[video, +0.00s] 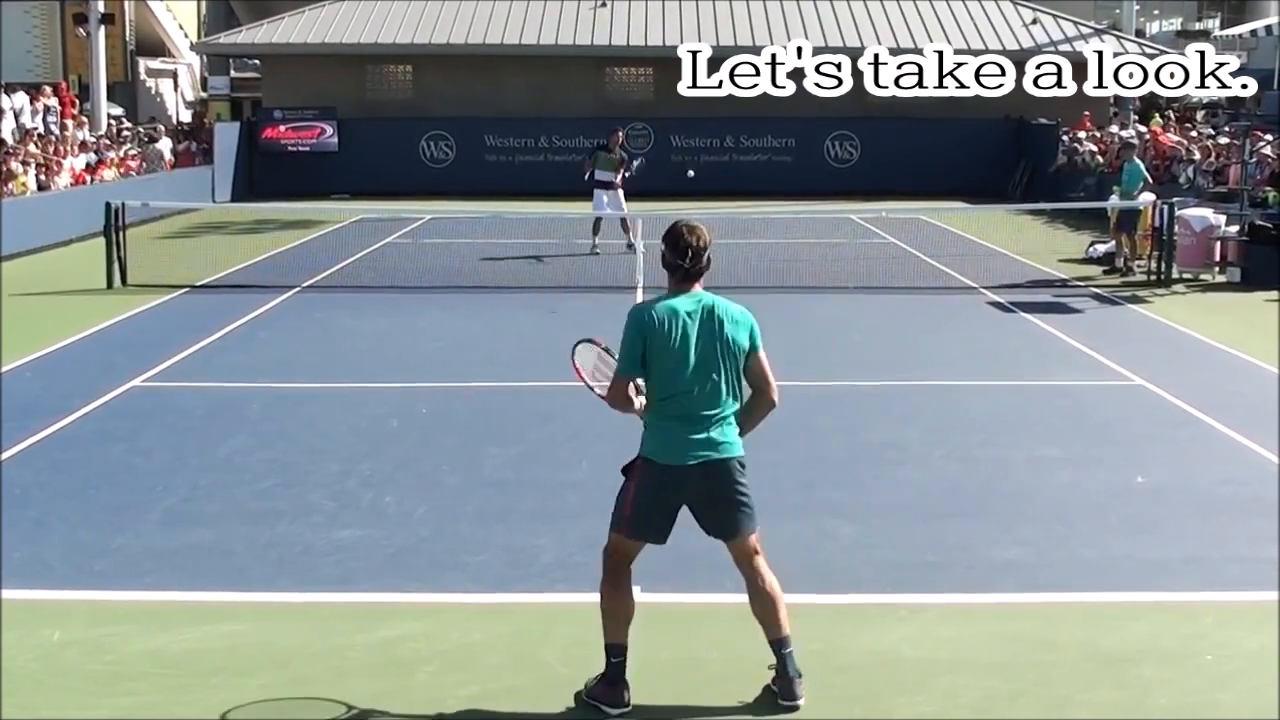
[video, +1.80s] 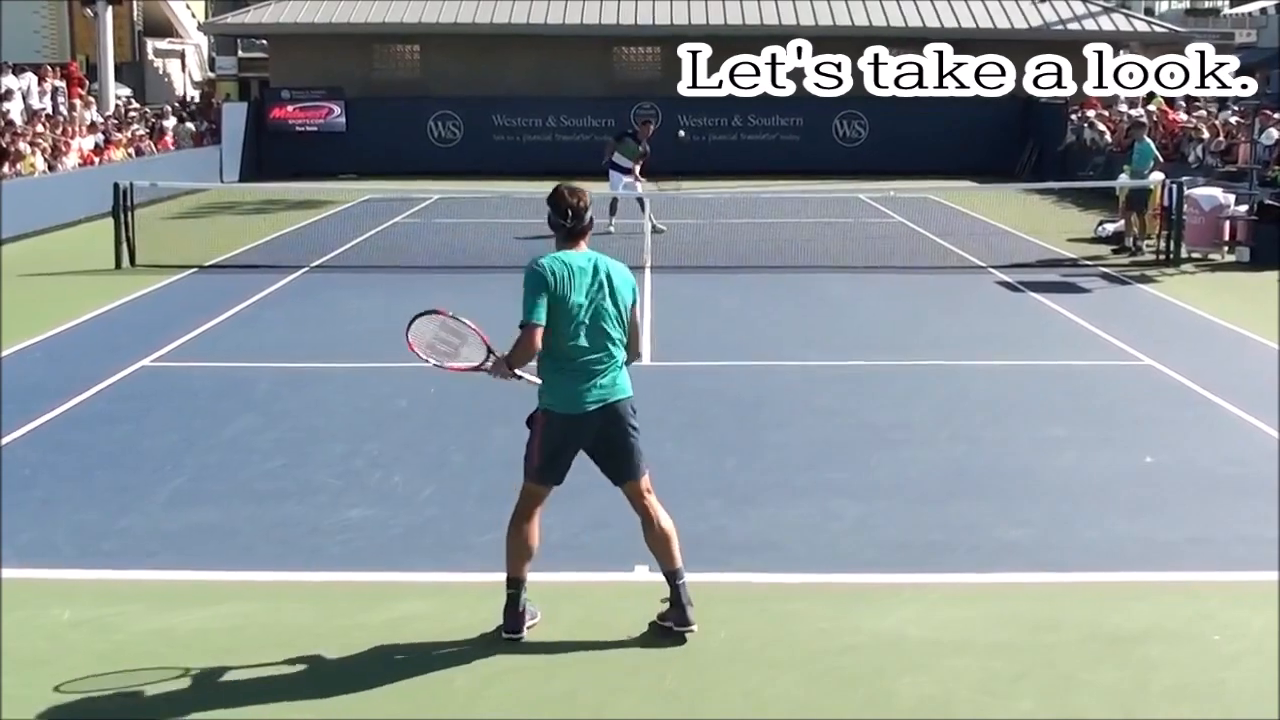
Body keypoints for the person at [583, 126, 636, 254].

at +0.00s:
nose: (617, 140)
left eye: (620, 137)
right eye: (615, 136)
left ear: (622, 140)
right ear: (610, 137)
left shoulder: (623, 156)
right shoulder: (598, 151)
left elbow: (621, 170)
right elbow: (589, 163)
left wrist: (617, 179)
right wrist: (587, 170)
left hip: (614, 184)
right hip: (600, 184)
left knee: (623, 213)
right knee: (599, 214)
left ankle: (630, 241)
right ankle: (594, 243)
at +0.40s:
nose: (622, 137)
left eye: (623, 134)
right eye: (619, 134)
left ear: (625, 136)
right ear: (613, 135)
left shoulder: (629, 152)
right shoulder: (605, 150)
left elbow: (632, 170)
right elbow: (598, 165)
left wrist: (623, 180)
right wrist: (603, 171)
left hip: (623, 186)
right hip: (607, 186)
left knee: (628, 212)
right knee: (602, 212)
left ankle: (631, 237)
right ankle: (593, 239)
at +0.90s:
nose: (629, 134)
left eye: (631, 131)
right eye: (627, 131)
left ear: (635, 134)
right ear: (623, 133)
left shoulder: (639, 150)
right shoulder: (615, 148)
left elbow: (644, 167)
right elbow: (609, 166)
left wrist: (636, 177)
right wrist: (620, 167)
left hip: (632, 182)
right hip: (618, 181)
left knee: (635, 210)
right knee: (615, 209)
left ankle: (634, 235)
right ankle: (610, 234)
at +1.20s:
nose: (632, 127)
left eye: (634, 125)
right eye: (629, 125)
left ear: (637, 127)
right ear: (625, 126)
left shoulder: (640, 142)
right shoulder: (617, 140)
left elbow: (644, 157)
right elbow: (612, 158)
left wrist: (641, 167)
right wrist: (623, 157)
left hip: (634, 176)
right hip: (618, 176)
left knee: (642, 203)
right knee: (610, 202)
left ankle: (648, 230)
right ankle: (607, 229)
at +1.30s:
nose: (635, 131)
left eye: (637, 128)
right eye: (633, 128)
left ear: (640, 130)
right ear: (629, 129)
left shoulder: (644, 145)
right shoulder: (623, 143)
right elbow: (619, 159)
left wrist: (653, 165)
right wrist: (632, 162)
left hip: (636, 178)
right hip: (621, 178)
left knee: (645, 202)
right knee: (615, 204)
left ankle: (650, 229)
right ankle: (600, 228)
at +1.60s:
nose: (648, 135)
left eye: (650, 132)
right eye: (647, 131)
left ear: (652, 134)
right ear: (640, 131)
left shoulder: (646, 151)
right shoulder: (627, 141)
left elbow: (644, 168)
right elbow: (612, 150)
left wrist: (651, 180)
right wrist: (614, 164)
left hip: (634, 176)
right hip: (620, 175)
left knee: (645, 198)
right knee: (620, 199)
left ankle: (653, 226)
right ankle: (609, 226)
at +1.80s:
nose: (648, 132)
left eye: (650, 130)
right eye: (647, 128)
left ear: (652, 132)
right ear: (640, 127)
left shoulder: (645, 149)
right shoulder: (626, 136)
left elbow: (638, 163)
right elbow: (611, 144)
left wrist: (637, 174)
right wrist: (607, 156)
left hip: (630, 173)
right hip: (616, 170)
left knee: (640, 196)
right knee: (616, 196)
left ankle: (653, 223)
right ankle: (611, 223)